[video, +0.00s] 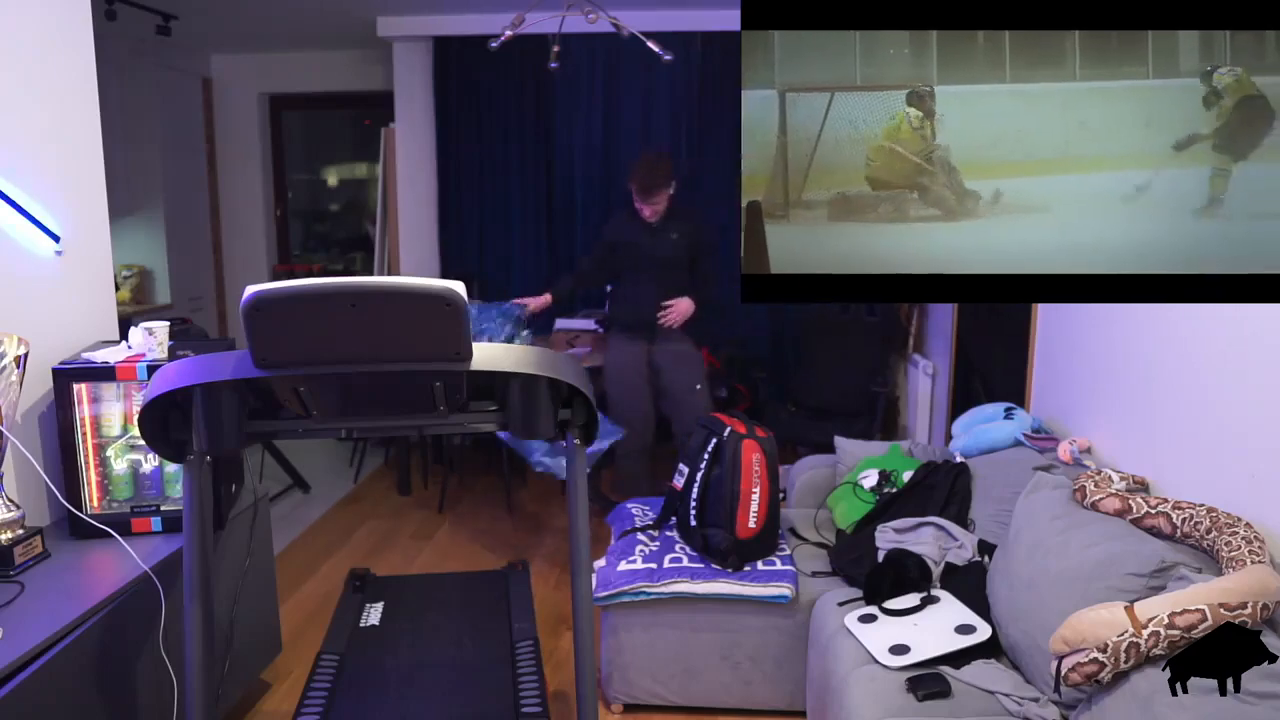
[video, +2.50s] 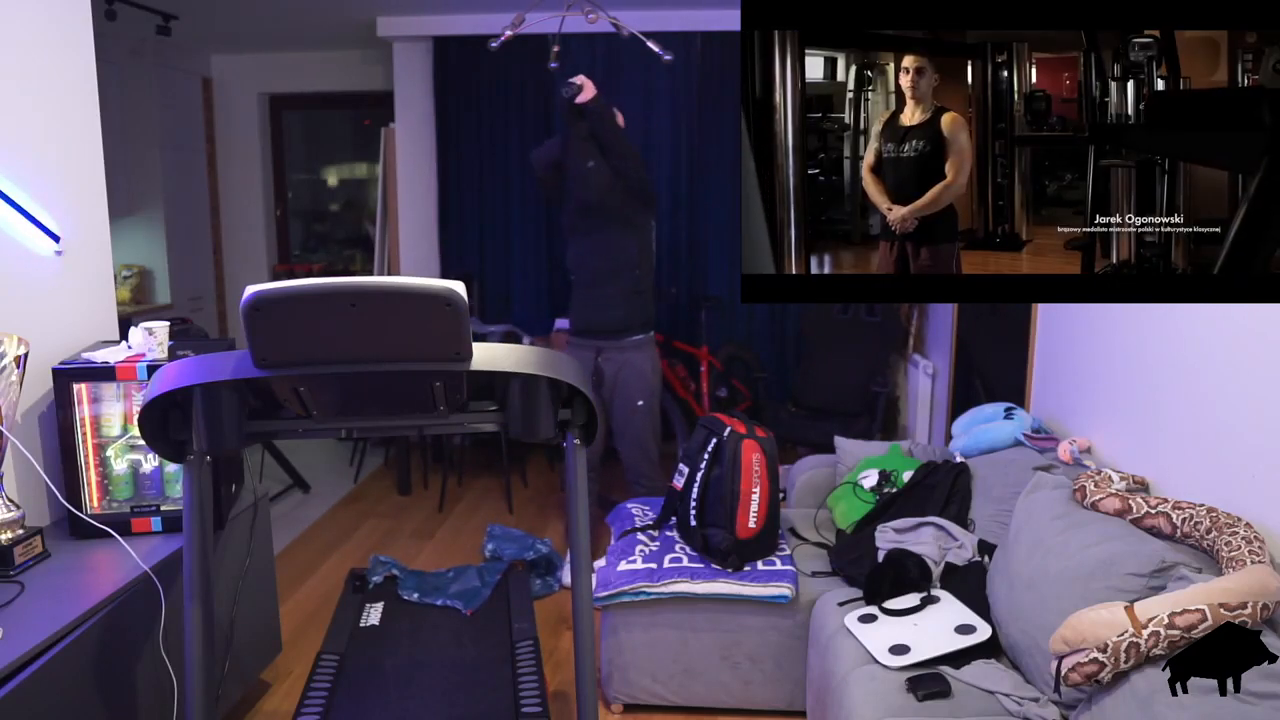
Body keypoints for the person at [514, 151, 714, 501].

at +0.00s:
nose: (645, 210)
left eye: (653, 203)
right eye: (639, 202)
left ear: (671, 191)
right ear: (631, 191)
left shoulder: (690, 228)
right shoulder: (621, 225)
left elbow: (707, 279)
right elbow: (591, 271)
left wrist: (693, 301)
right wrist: (548, 298)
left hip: (675, 337)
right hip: (626, 338)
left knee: (696, 422)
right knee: (633, 427)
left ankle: (701, 504)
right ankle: (637, 507)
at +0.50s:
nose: (623, 192)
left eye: (631, 182)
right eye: (615, 184)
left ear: (646, 175)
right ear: (607, 180)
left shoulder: (671, 217)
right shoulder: (603, 222)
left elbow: (702, 270)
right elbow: (583, 284)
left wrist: (675, 263)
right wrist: (593, 235)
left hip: (659, 342)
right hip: (610, 344)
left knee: (658, 439)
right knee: (618, 445)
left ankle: (676, 517)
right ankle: (633, 523)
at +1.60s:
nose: (650, 179)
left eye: (660, 173)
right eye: (646, 172)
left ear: (679, 175)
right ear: (636, 170)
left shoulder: (691, 214)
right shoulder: (624, 208)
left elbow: (690, 259)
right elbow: (582, 244)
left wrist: (665, 201)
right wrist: (610, 202)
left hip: (660, 346)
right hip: (608, 344)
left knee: (655, 448)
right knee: (600, 446)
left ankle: (654, 543)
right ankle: (596, 535)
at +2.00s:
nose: (631, 179)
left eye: (639, 171)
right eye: (627, 172)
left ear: (657, 171)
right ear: (619, 174)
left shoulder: (675, 205)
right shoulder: (610, 200)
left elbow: (671, 183)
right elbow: (570, 176)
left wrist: (634, 135)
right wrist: (585, 128)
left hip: (659, 348)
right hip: (608, 345)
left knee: (655, 456)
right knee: (594, 451)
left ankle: (657, 547)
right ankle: (588, 541)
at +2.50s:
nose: (616, 132)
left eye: (616, 127)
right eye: (609, 126)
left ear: (621, 137)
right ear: (596, 132)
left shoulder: (637, 192)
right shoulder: (571, 190)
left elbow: (618, 151)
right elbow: (544, 160)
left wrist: (593, 106)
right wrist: (579, 120)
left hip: (630, 341)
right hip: (580, 339)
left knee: (639, 452)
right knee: (580, 451)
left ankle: (651, 547)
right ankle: (581, 547)